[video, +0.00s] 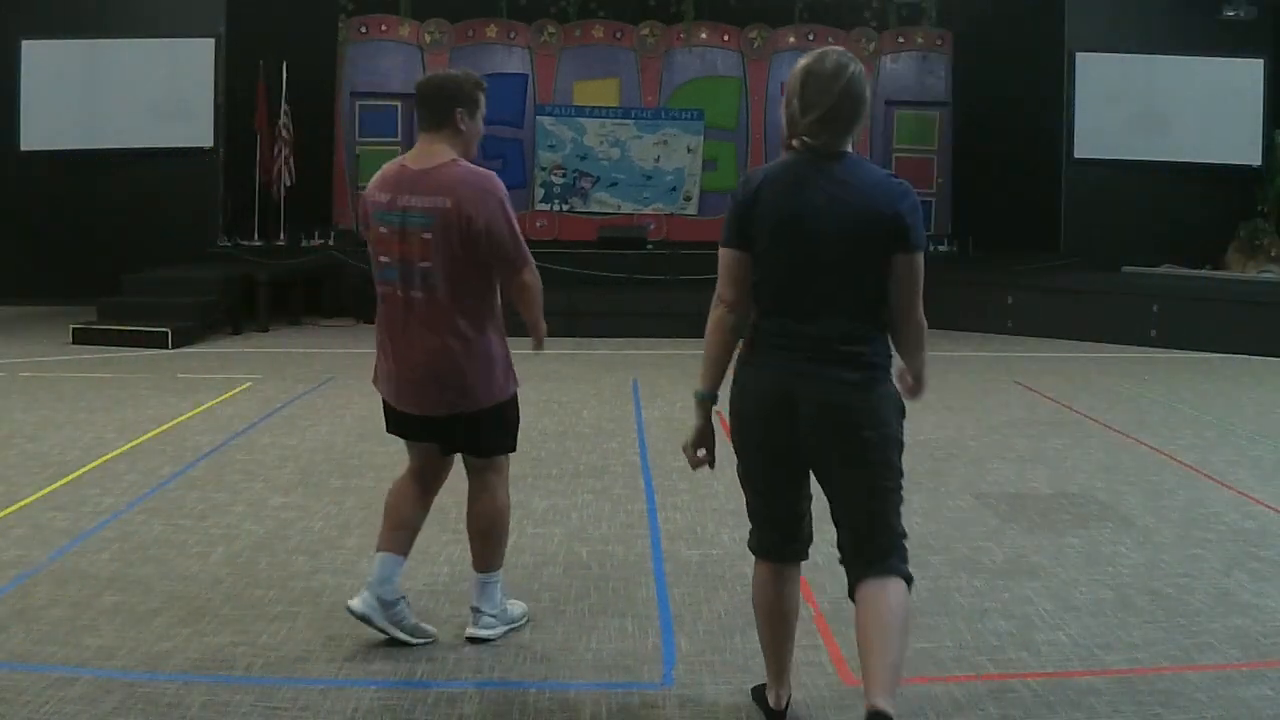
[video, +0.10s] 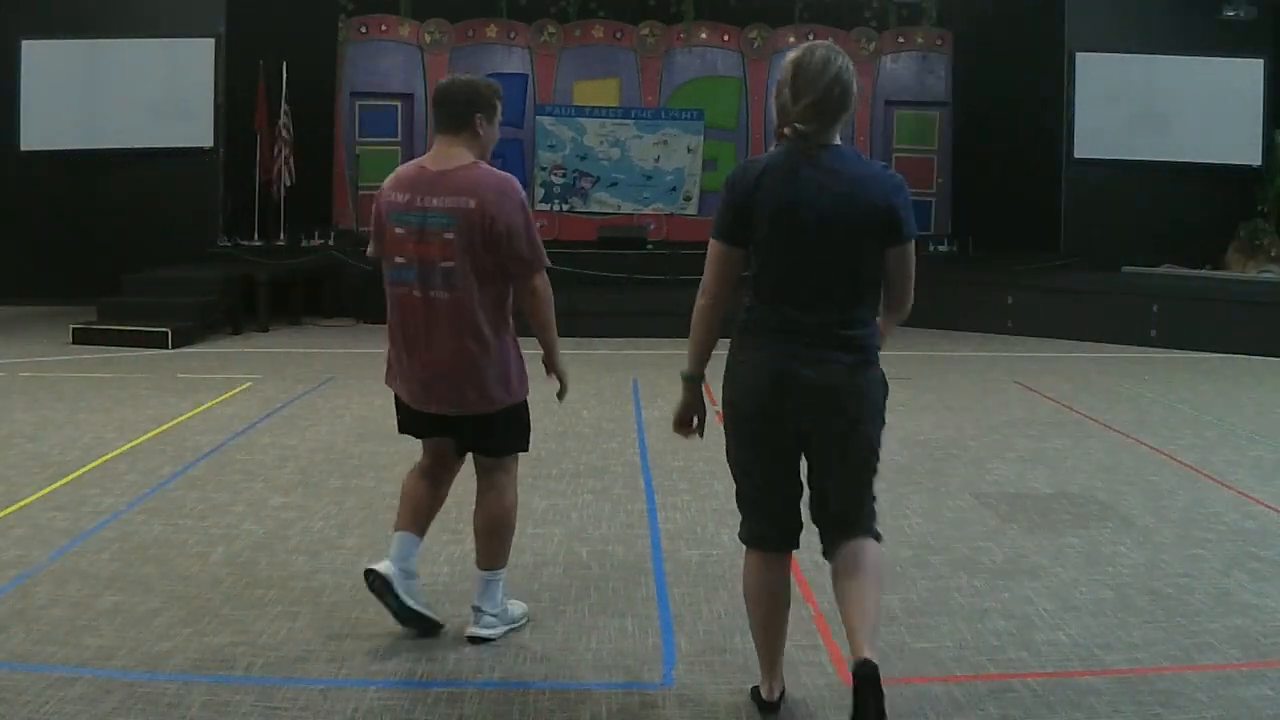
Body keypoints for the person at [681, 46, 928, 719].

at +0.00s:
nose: (782, 107)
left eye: (786, 99)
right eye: (791, 98)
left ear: (793, 111)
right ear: (860, 116)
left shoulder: (757, 194)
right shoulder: (892, 198)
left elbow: (730, 306)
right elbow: (907, 311)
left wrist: (704, 400)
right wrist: (914, 367)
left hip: (765, 398)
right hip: (857, 402)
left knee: (776, 546)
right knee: (877, 555)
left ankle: (777, 692)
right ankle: (880, 703)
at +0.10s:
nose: (771, 101)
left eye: (775, 92)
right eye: (779, 91)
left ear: (783, 104)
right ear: (847, 108)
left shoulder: (751, 182)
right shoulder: (883, 188)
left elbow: (714, 293)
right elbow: (900, 299)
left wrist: (692, 381)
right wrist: (858, 340)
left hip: (760, 382)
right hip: (849, 384)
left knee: (767, 533)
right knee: (851, 522)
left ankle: (771, 686)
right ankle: (864, 657)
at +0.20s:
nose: (768, 98)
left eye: (771, 90)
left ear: (778, 100)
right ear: (845, 103)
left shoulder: (753, 176)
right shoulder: (875, 179)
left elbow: (713, 281)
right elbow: (888, 283)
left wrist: (691, 345)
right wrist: (844, 301)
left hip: (761, 366)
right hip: (843, 367)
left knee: (761, 523)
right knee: (821, 497)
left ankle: (767, 677)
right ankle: (844, 642)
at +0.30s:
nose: (763, 96)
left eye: (770, 88)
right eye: (767, 86)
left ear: (786, 103)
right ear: (837, 105)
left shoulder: (771, 176)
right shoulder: (863, 179)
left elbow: (723, 271)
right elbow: (873, 278)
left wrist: (702, 308)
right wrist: (822, 301)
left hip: (772, 354)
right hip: (839, 354)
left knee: (762, 514)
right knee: (800, 487)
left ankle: (771, 676)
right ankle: (821, 606)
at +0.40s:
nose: (764, 109)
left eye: (774, 101)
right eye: (768, 98)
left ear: (802, 115)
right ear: (818, 116)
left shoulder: (786, 189)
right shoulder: (835, 178)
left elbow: (740, 284)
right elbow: (846, 278)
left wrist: (707, 297)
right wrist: (783, 295)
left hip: (784, 356)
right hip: (826, 350)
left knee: (769, 514)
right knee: (789, 483)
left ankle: (784, 679)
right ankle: (794, 591)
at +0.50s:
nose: (768, 122)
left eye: (780, 115)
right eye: (769, 113)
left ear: (811, 129)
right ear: (781, 124)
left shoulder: (815, 199)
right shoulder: (793, 191)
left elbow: (777, 294)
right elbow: (789, 291)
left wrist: (713, 320)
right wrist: (761, 358)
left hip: (806, 362)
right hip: (794, 358)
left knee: (781, 513)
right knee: (779, 496)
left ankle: (812, 666)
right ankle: (797, 600)